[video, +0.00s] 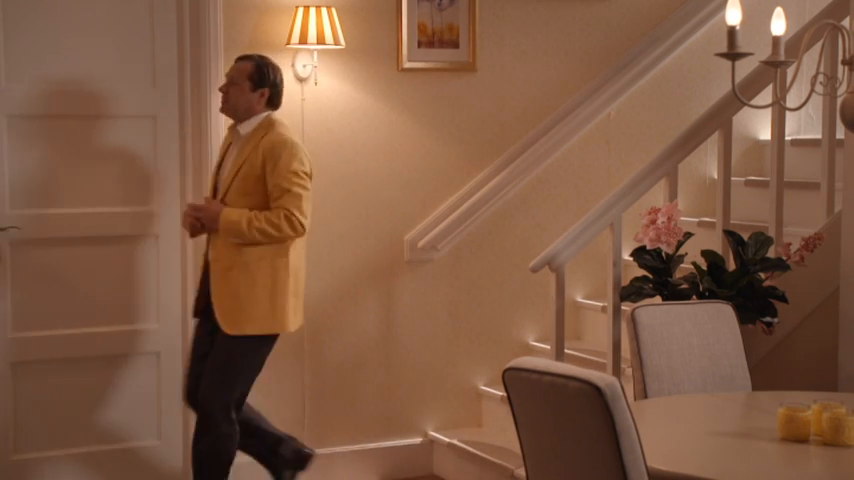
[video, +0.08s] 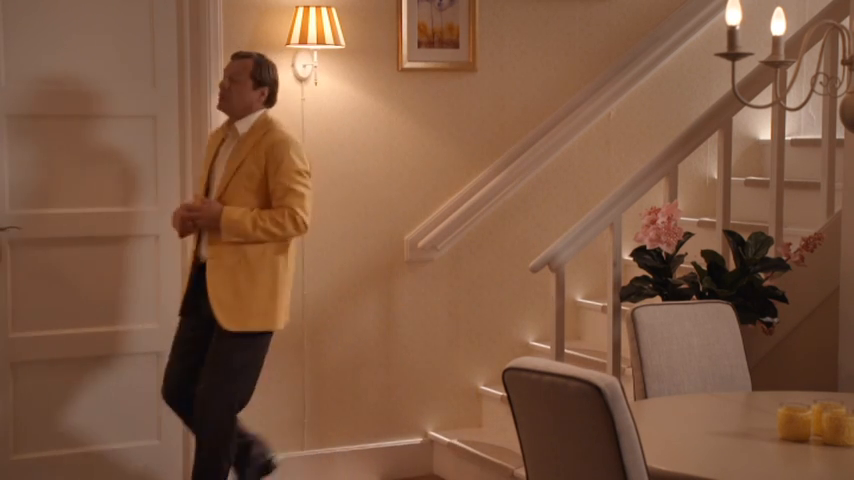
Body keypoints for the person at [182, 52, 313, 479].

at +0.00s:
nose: (221, 89)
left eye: (232, 83)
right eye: (225, 82)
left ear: (261, 95)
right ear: (250, 96)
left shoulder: (283, 147)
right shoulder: (235, 140)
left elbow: (292, 221)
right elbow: (238, 207)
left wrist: (222, 217)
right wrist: (207, 218)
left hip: (259, 304)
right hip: (222, 298)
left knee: (218, 403)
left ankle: (208, 478)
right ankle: (285, 455)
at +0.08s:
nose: (221, 85)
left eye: (231, 81)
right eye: (223, 79)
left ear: (260, 93)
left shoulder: (283, 147)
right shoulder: (218, 140)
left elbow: (295, 219)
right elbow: (217, 204)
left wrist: (221, 216)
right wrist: (192, 217)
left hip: (251, 296)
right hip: (206, 286)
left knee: (215, 407)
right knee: (179, 390)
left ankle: (210, 477)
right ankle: (250, 456)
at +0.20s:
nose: (240, 80)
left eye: (250, 76)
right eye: (233, 73)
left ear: (265, 88)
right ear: (220, 80)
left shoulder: (286, 139)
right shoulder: (196, 133)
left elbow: (310, 207)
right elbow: (179, 190)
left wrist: (255, 216)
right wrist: (170, 217)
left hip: (253, 284)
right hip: (197, 278)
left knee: (232, 401)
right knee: (183, 391)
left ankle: (219, 478)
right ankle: (180, 476)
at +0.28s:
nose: (254, 89)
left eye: (261, 82)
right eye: (245, 80)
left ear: (268, 91)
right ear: (220, 84)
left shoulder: (286, 141)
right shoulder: (183, 136)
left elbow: (313, 201)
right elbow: (158, 196)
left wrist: (299, 215)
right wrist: (151, 233)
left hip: (257, 285)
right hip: (198, 282)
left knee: (240, 400)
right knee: (188, 398)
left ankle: (224, 479)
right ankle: (181, 477)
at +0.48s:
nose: (280, 95)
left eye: (279, 87)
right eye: (270, 88)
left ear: (273, 92)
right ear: (237, 96)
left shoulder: (282, 137)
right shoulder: (193, 142)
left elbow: (291, 198)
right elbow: (151, 209)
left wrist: (340, 216)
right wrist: (121, 269)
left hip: (269, 285)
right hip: (211, 289)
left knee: (282, 389)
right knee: (206, 403)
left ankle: (269, 477)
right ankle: (195, 477)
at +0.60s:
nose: (300, 93)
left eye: (298, 85)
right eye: (290, 86)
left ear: (273, 95)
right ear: (259, 93)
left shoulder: (286, 138)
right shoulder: (214, 137)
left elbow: (287, 201)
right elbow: (171, 204)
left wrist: (340, 214)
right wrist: (138, 264)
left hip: (279, 285)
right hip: (226, 290)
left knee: (308, 386)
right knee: (211, 400)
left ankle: (325, 476)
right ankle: (195, 479)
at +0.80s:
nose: (339, 96)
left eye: (337, 88)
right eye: (331, 89)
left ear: (310, 98)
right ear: (302, 97)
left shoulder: (317, 148)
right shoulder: (257, 142)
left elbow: (321, 209)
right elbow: (217, 203)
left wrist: (371, 217)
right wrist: (205, 259)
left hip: (313, 290)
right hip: (265, 292)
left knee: (340, 383)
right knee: (235, 398)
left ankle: (358, 476)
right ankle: (203, 478)